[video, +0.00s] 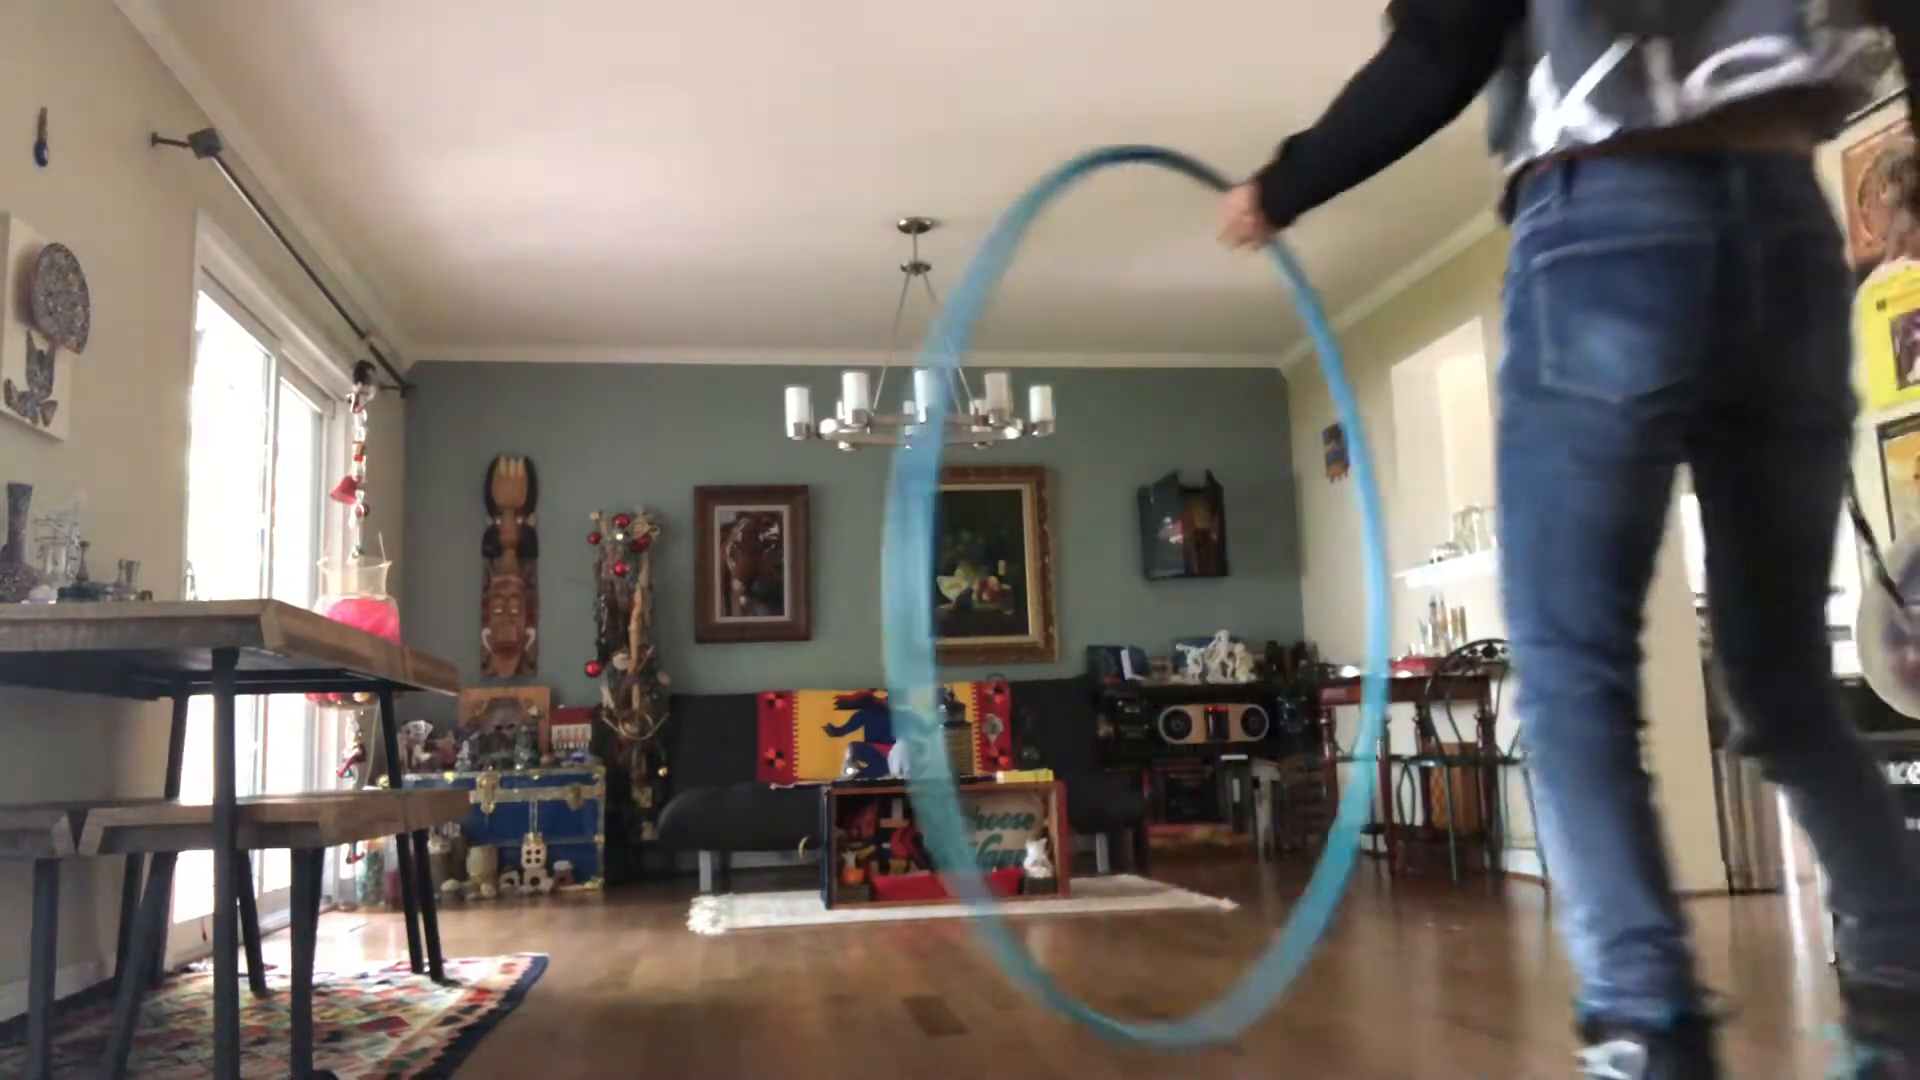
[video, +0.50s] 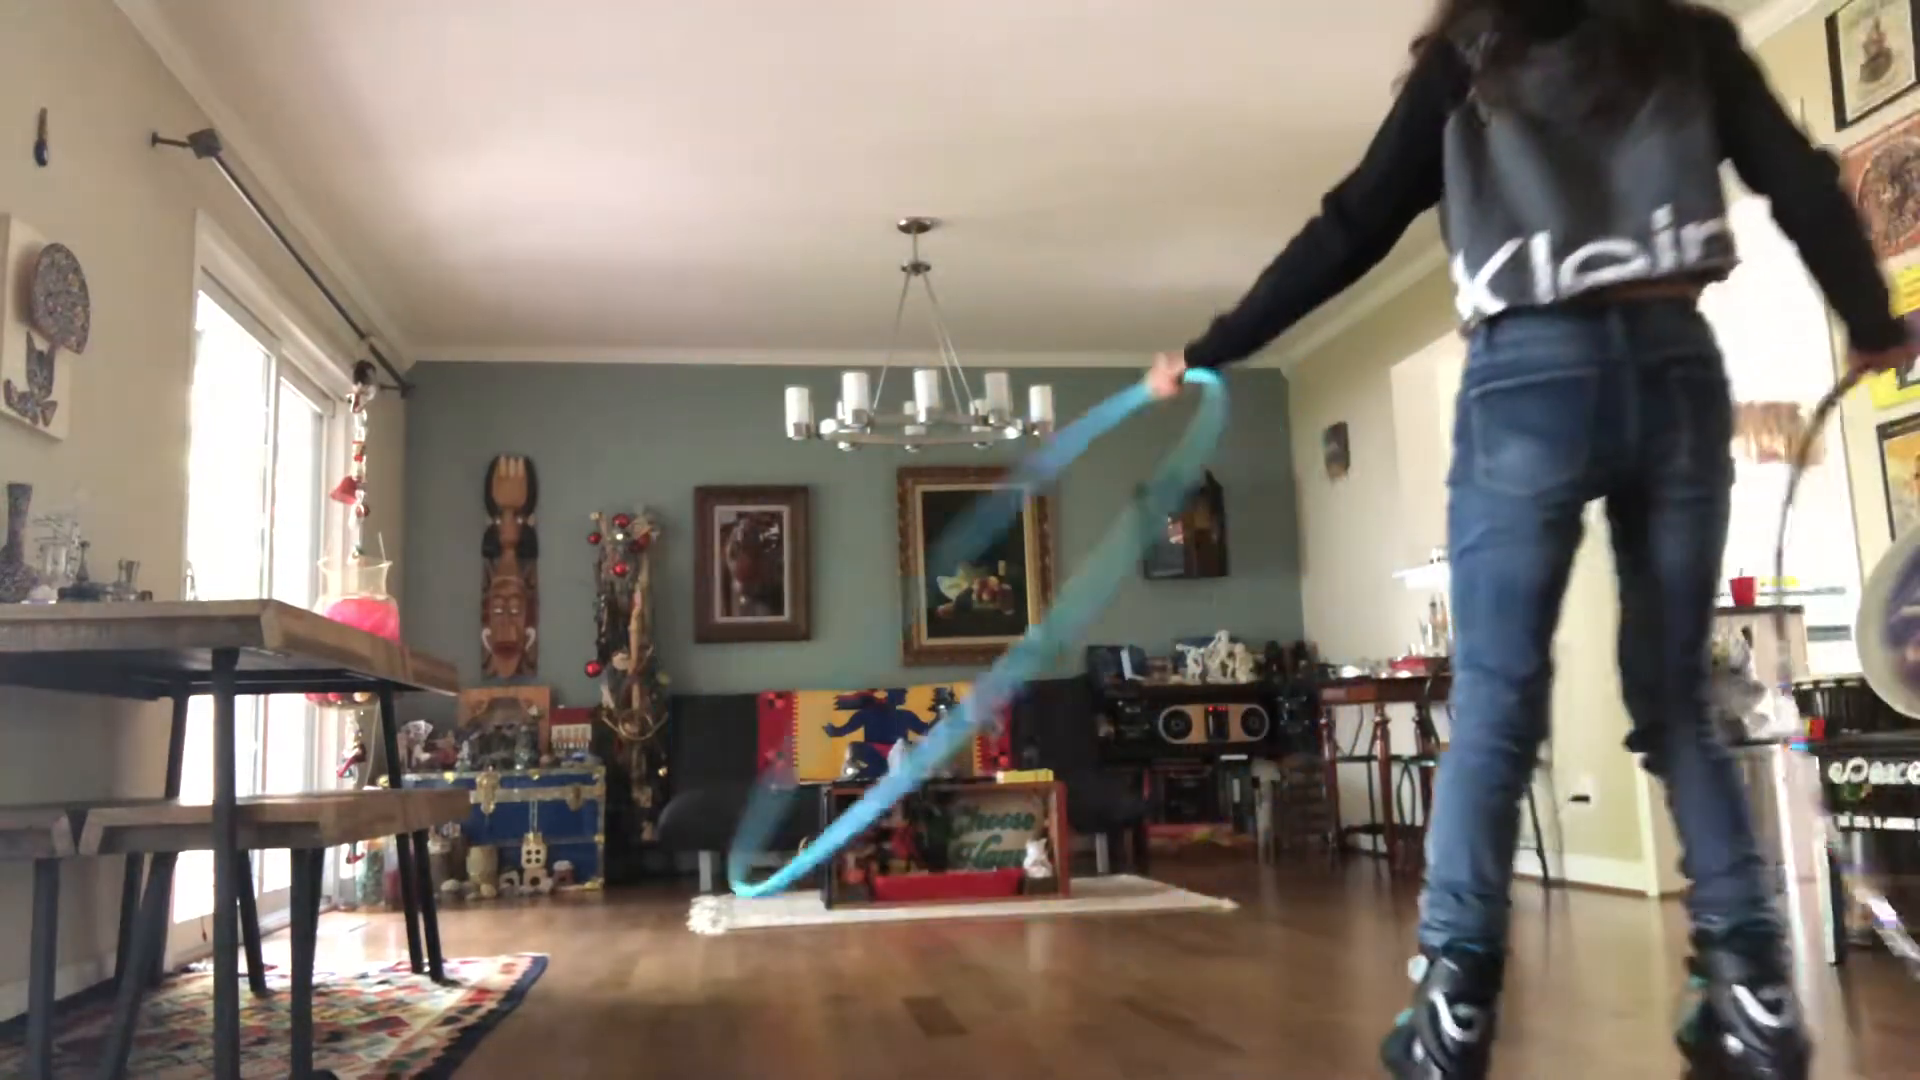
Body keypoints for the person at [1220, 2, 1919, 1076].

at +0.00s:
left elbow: (1444, 43)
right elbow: (1875, 31)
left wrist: (1280, 185)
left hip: (1608, 210)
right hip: (1791, 209)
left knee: (1573, 668)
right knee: (1786, 677)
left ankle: (1648, 1033)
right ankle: (1900, 1010)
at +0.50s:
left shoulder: (1462, 58)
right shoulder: (1687, 31)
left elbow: (1355, 223)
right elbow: (1800, 176)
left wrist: (1210, 349)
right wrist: (1874, 318)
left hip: (1530, 365)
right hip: (1679, 360)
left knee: (1495, 697)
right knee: (1674, 700)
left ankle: (1454, 1004)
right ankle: (1753, 991)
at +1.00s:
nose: (1402, 94)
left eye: (1410, 76)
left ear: (1416, 85)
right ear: (1520, 79)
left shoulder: (1389, 187)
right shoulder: (1578, 184)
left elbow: (1340, 338)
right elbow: (1642, 328)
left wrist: (1271, 465)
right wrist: (1696, 458)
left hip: (1429, 442)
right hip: (1551, 442)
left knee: (1401, 704)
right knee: (1559, 703)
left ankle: (1375, 951)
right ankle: (1615, 951)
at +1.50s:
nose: (1316, 202)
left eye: (1324, 184)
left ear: (1335, 190)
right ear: (1418, 189)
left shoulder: (1329, 274)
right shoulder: (1464, 278)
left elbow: (1318, 403)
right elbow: (1505, 410)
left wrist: (1274, 530)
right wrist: (1531, 525)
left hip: (1351, 502)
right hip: (1443, 500)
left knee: (1326, 712)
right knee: (1469, 718)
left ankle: (1319, 921)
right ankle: (1537, 919)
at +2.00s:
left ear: (1284, 273)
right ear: (1364, 267)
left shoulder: (1264, 346)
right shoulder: (1400, 337)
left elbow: (1229, 456)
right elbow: (1447, 445)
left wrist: (1200, 557)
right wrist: (1490, 544)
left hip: (1289, 531)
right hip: (1383, 529)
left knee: (1283, 717)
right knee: (1405, 719)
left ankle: (1266, 894)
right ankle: (1460, 893)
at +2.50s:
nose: (1231, 334)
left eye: (1236, 321)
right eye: (1234, 321)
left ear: (1250, 322)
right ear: (1299, 319)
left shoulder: (1266, 378)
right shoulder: (1326, 379)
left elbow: (1274, 478)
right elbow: (1357, 491)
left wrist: (1238, 572)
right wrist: (1328, 551)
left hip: (1290, 561)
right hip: (1332, 561)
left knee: (1237, 729)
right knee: (1336, 735)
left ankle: (1268, 887)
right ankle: (1384, 887)